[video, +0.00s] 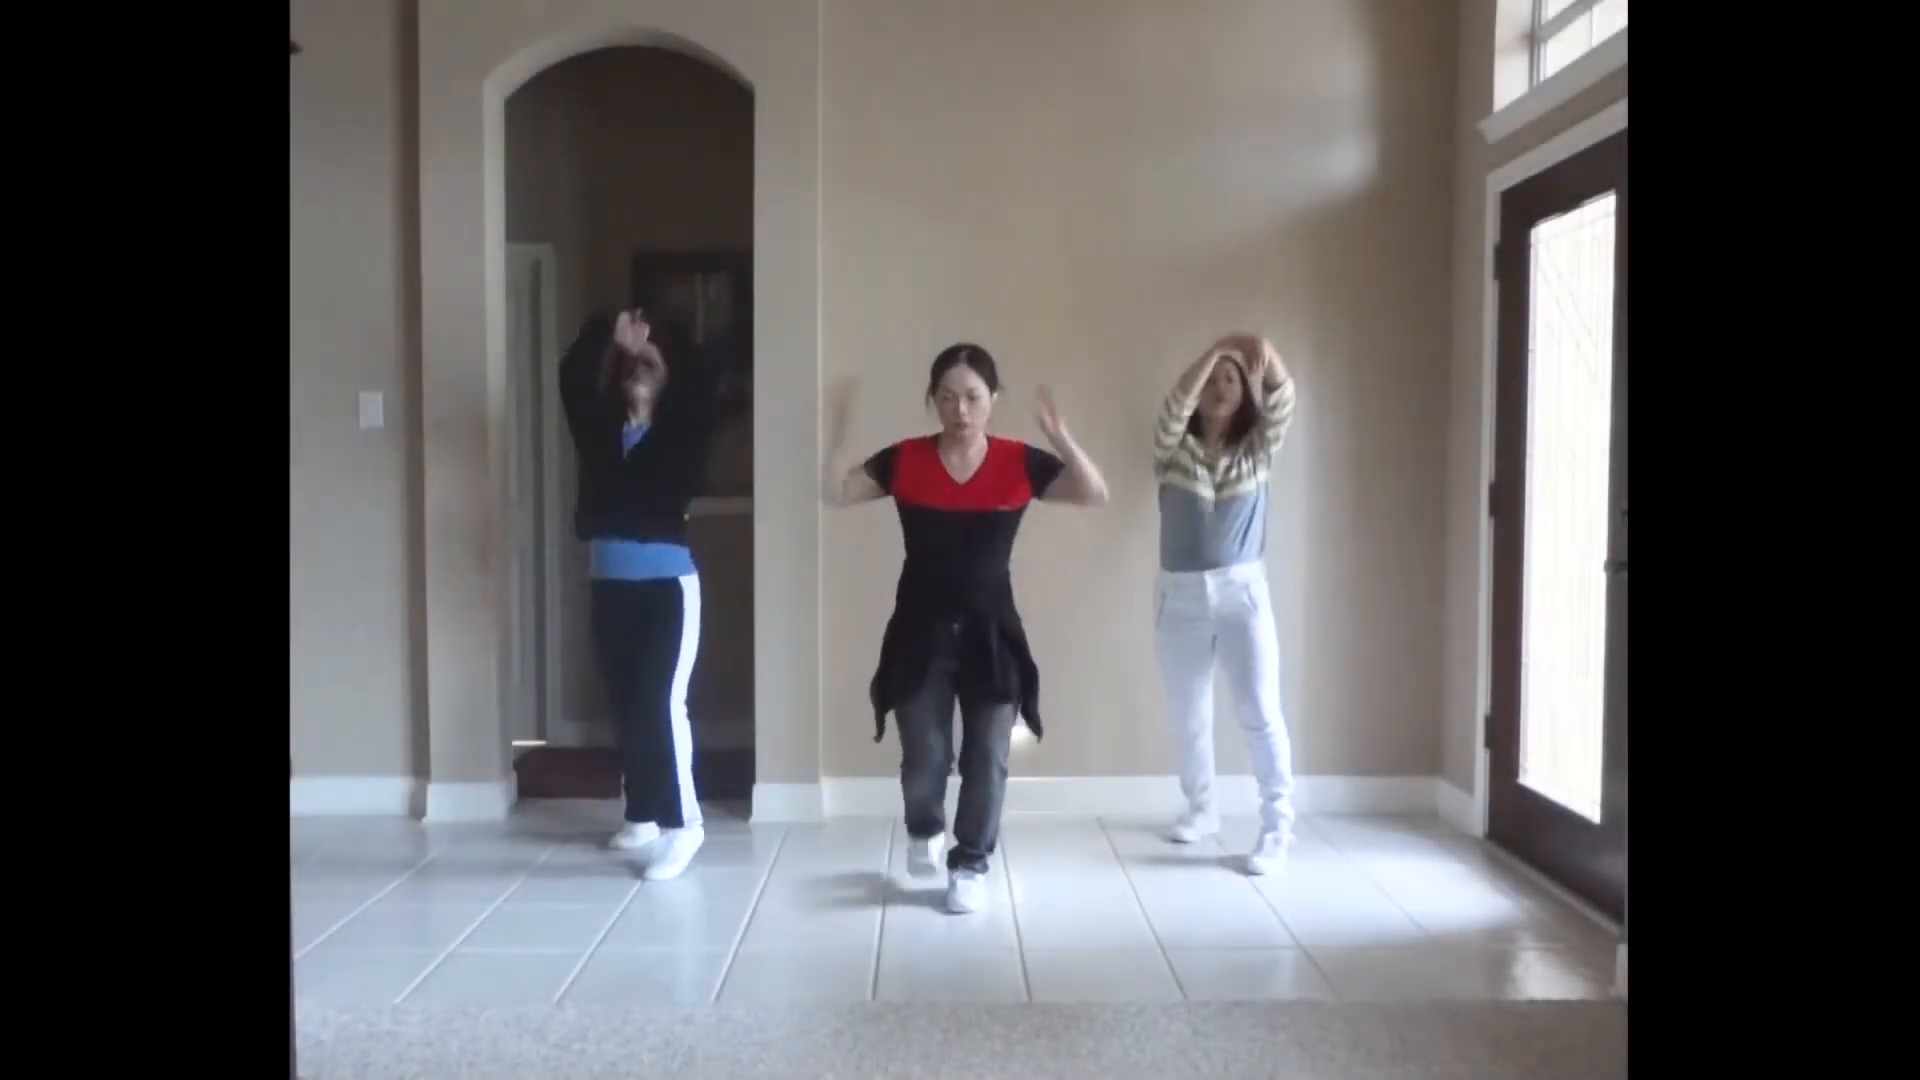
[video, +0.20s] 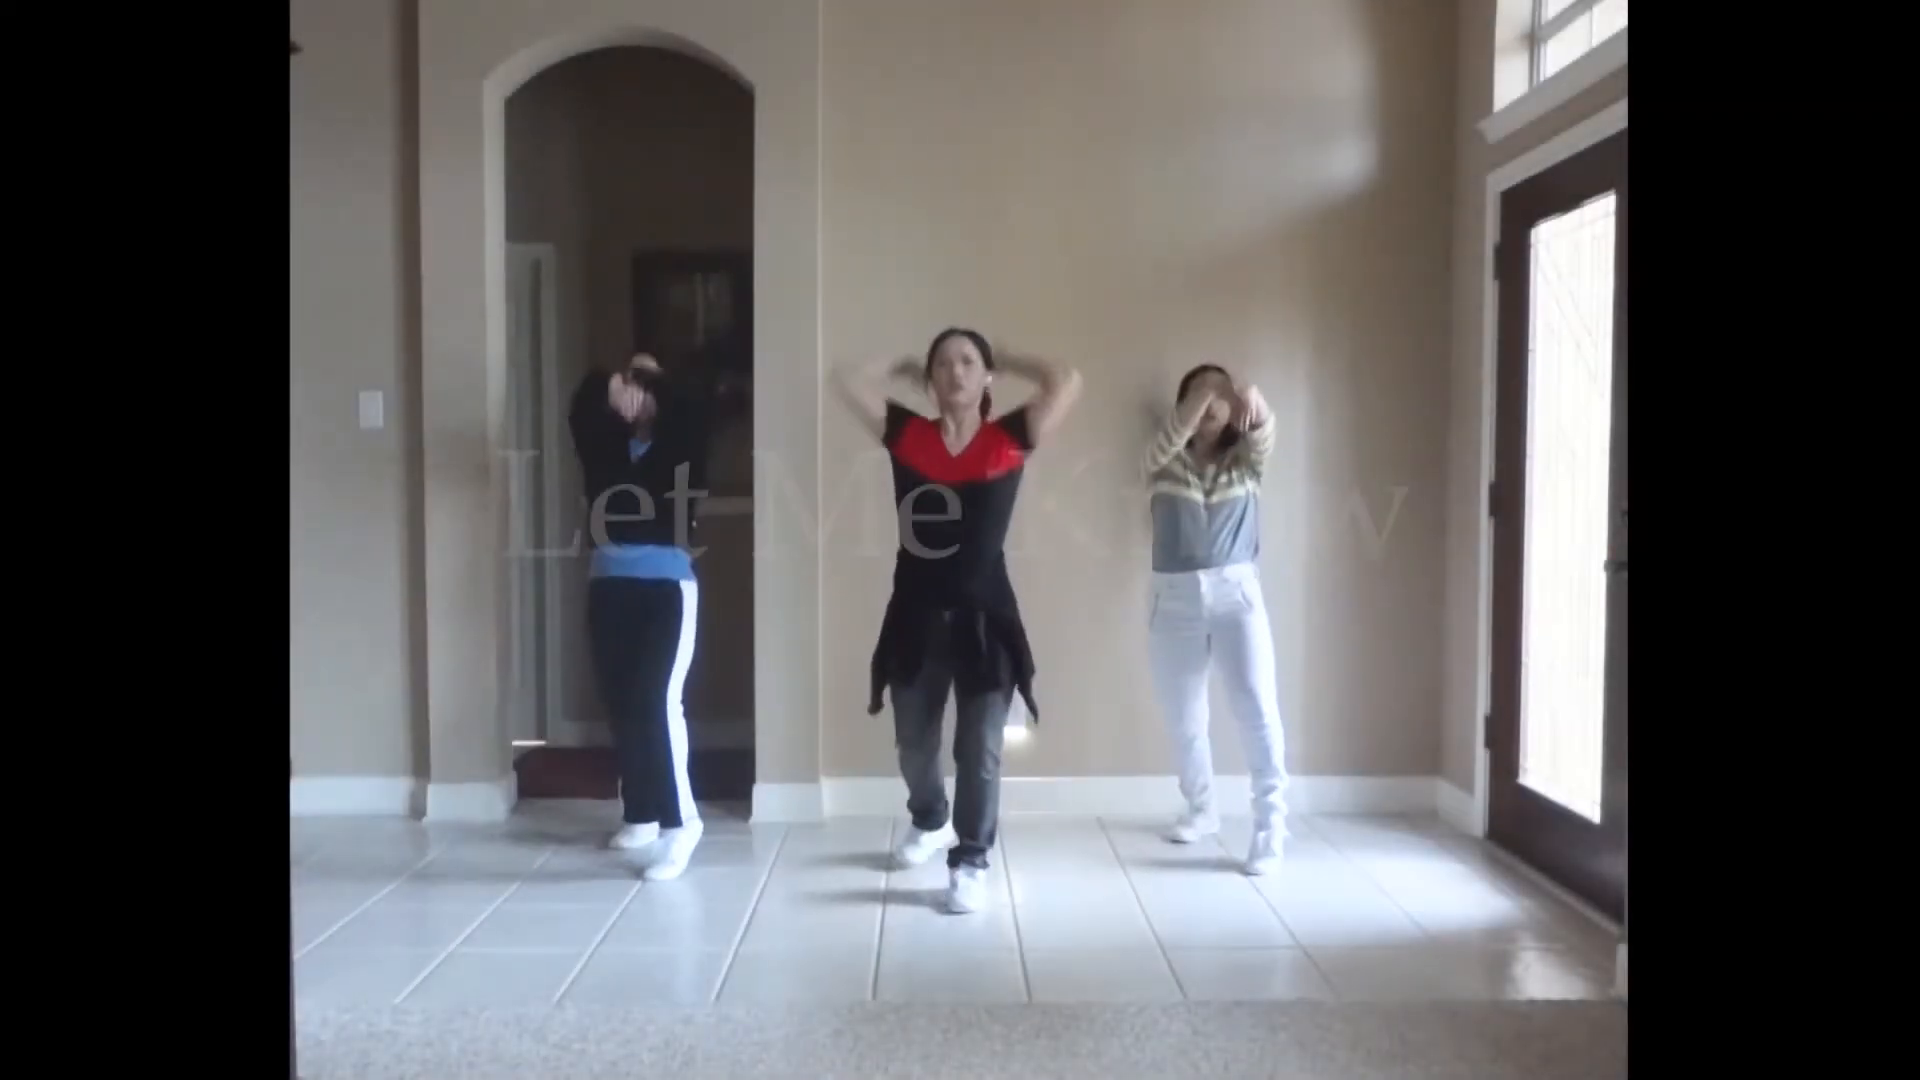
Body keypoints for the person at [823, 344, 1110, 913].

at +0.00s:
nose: (960, 407)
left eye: (972, 396)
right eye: (949, 396)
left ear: (991, 401)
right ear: (934, 402)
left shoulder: (1017, 462)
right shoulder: (905, 461)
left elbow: (1093, 494)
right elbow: (837, 493)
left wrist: (1060, 439)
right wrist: (836, 426)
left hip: (990, 625)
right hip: (921, 625)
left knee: (988, 755)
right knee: (925, 753)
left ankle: (971, 866)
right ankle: (924, 832)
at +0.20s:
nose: (953, 371)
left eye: (966, 362)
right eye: (943, 363)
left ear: (987, 377)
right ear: (930, 379)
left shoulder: (1009, 440)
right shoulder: (905, 435)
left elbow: (1065, 380)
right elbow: (847, 380)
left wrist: (1003, 361)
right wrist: (903, 368)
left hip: (983, 608)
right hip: (917, 607)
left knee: (979, 747)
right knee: (913, 743)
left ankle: (972, 862)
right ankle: (929, 821)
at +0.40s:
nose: (949, 367)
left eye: (959, 361)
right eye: (938, 361)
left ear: (979, 381)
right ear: (922, 377)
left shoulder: (992, 439)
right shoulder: (900, 433)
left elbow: (1009, 351)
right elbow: (897, 347)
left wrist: (971, 286)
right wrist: (930, 288)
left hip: (972, 601)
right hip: (910, 600)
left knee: (971, 739)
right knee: (922, 731)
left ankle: (975, 858)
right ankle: (932, 830)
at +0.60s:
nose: (940, 384)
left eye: (950, 374)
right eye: (929, 376)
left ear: (971, 383)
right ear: (915, 387)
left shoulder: (988, 444)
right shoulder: (897, 439)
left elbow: (991, 379)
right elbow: (896, 383)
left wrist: (963, 317)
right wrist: (914, 324)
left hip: (967, 600)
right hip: (905, 600)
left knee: (971, 734)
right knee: (920, 732)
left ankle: (984, 856)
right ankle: (933, 836)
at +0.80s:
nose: (941, 404)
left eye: (950, 394)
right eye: (932, 394)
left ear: (968, 400)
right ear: (917, 402)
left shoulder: (987, 457)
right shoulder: (895, 455)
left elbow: (987, 423)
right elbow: (897, 425)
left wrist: (963, 381)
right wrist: (912, 380)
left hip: (966, 605)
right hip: (903, 605)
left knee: (971, 731)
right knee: (914, 735)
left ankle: (984, 854)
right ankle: (932, 832)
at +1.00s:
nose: (940, 412)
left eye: (950, 402)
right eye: (929, 403)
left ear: (966, 409)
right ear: (912, 412)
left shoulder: (986, 461)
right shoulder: (886, 458)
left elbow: (986, 456)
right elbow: (883, 466)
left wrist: (961, 441)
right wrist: (916, 433)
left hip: (964, 612)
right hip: (901, 612)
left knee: (972, 732)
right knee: (911, 739)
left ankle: (983, 852)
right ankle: (931, 831)